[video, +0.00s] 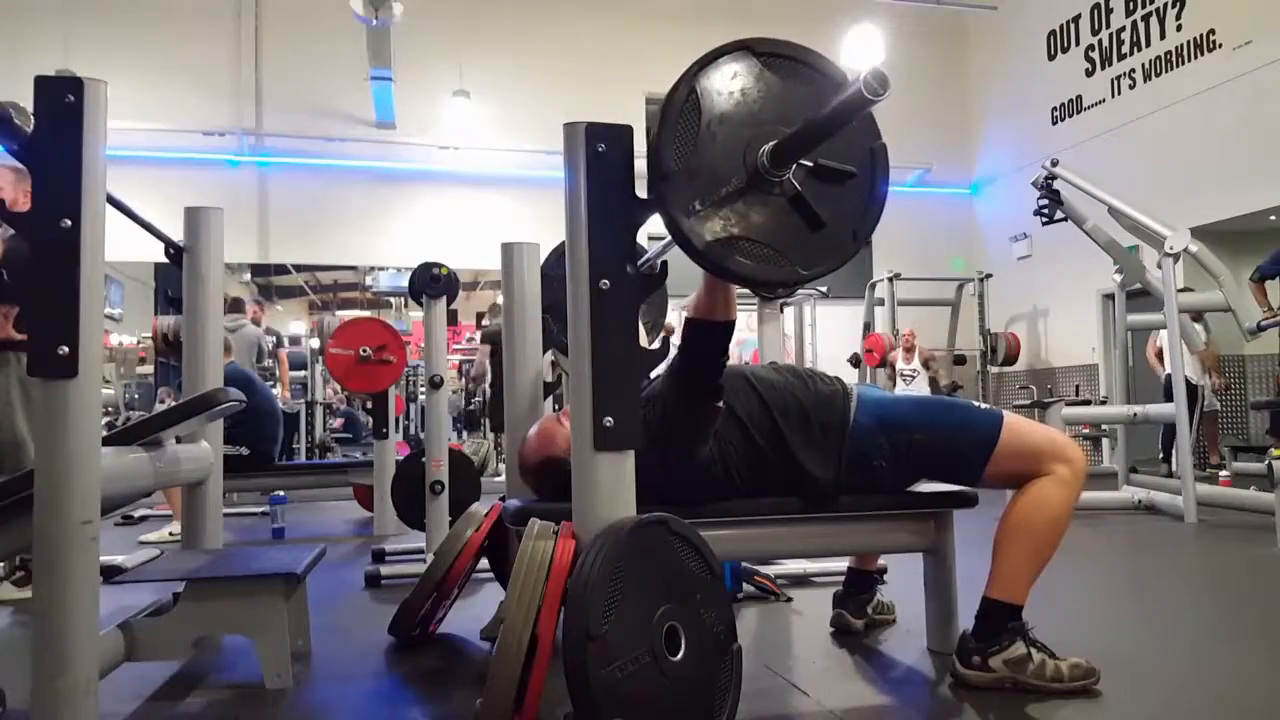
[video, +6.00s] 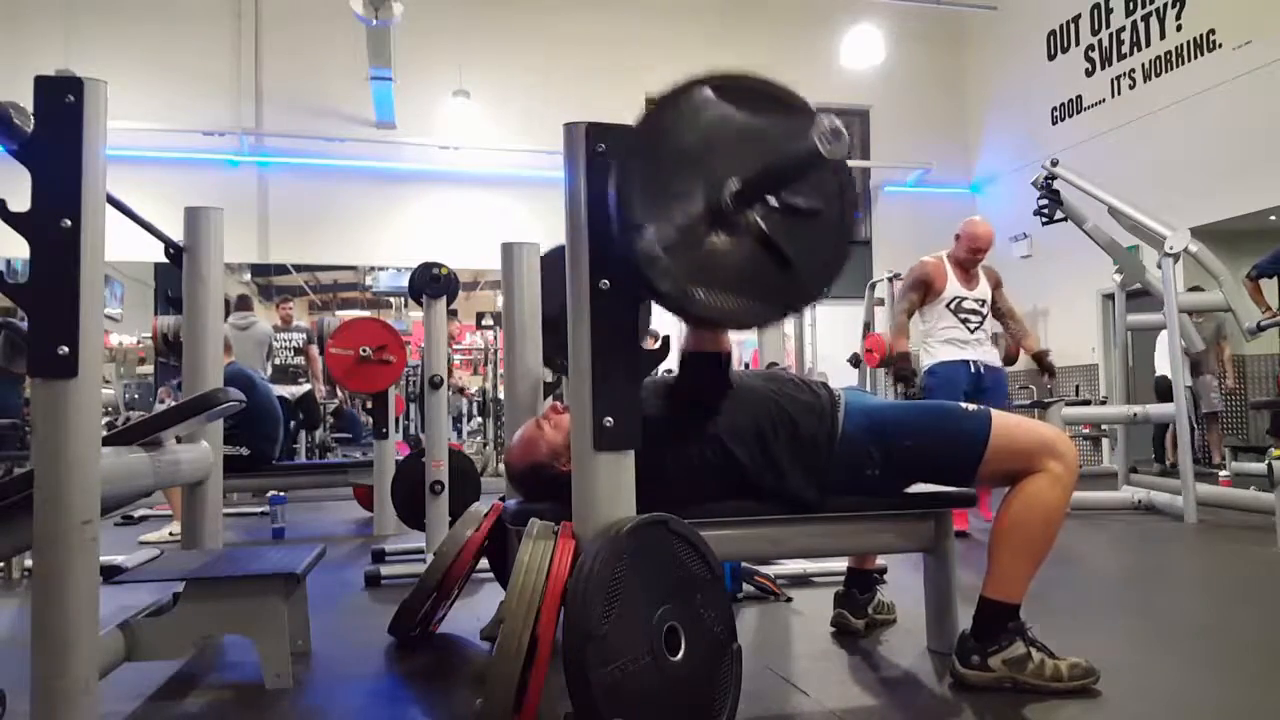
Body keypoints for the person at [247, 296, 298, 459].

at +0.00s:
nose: (252, 316)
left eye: (255, 311)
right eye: (249, 312)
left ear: (262, 312)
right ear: (246, 313)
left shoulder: (274, 335)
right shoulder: (243, 335)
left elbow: (283, 361)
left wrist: (285, 388)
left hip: (269, 389)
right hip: (249, 388)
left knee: (273, 422)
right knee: (249, 423)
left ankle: (277, 456)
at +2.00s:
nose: (262, 313)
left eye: (265, 310)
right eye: (259, 309)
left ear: (269, 312)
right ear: (251, 311)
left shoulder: (275, 334)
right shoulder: (242, 333)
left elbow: (282, 361)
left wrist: (285, 389)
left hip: (268, 385)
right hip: (244, 385)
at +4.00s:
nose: (263, 316)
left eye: (266, 313)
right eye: (259, 313)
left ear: (269, 314)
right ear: (252, 312)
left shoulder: (277, 334)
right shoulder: (246, 333)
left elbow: (286, 359)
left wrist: (292, 385)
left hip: (272, 384)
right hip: (251, 384)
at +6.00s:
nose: (288, 312)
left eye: (291, 309)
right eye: (284, 309)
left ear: (294, 310)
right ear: (277, 311)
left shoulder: (305, 331)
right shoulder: (271, 332)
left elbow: (314, 357)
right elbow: (264, 357)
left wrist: (319, 383)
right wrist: (261, 380)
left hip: (302, 384)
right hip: (278, 385)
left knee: (314, 420)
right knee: (283, 423)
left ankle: (295, 427)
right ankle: (285, 458)